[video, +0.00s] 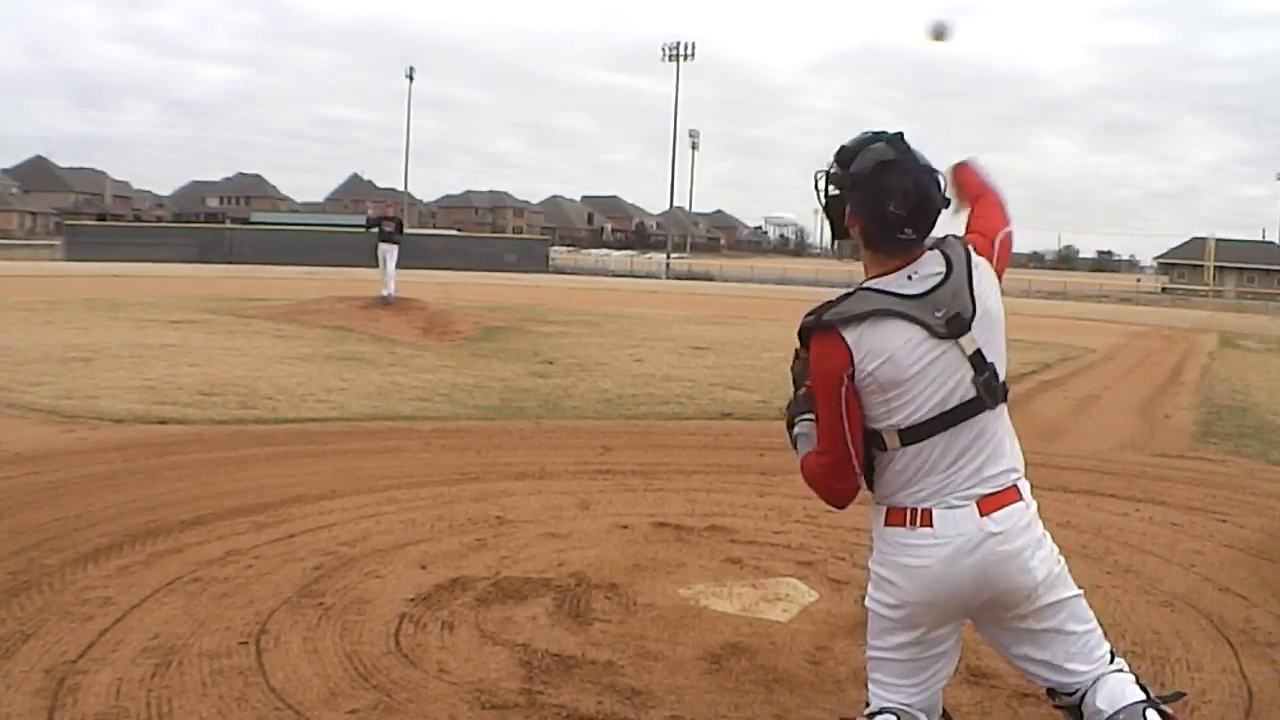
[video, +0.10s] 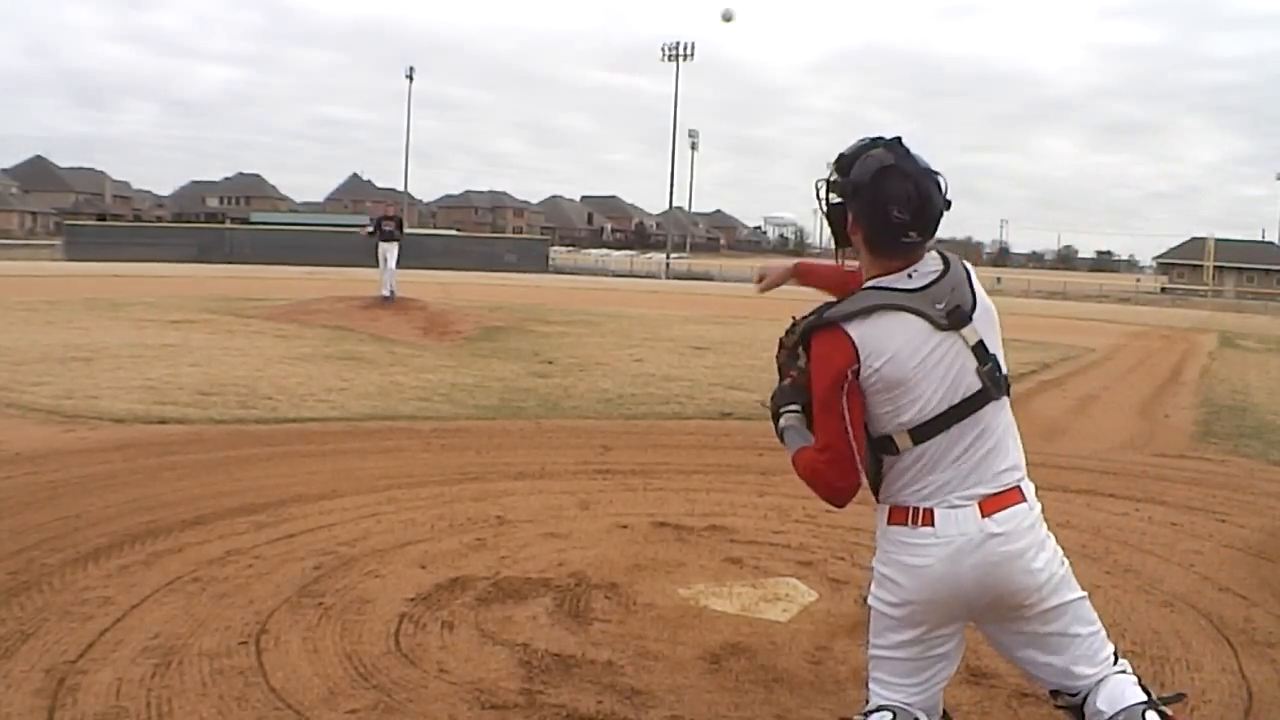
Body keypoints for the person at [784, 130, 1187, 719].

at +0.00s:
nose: (838, 208)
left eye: (842, 197)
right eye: (842, 195)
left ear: (853, 221)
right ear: (925, 214)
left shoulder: (838, 335)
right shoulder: (973, 262)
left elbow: (837, 486)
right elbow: (990, 214)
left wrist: (802, 415)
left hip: (913, 550)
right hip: (1011, 527)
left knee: (897, 706)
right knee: (1098, 678)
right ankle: (1138, 713)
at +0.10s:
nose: (841, 219)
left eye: (842, 205)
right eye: (843, 203)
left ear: (854, 225)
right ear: (924, 220)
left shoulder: (838, 336)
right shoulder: (962, 280)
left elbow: (836, 484)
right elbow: (879, 284)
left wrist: (788, 414)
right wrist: (796, 269)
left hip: (916, 547)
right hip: (1015, 530)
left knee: (898, 706)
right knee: (1102, 680)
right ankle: (1134, 710)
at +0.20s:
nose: (844, 217)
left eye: (848, 207)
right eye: (848, 204)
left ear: (857, 225)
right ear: (926, 220)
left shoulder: (851, 334)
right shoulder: (957, 282)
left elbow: (845, 483)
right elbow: (849, 303)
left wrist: (787, 426)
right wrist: (734, 314)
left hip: (921, 547)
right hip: (1016, 526)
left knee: (900, 705)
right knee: (1099, 687)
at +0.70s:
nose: (878, 204)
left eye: (883, 193)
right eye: (881, 192)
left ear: (891, 208)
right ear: (960, 216)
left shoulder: (854, 306)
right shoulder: (1000, 298)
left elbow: (836, 443)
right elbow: (1032, 435)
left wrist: (810, 565)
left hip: (910, 537)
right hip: (1009, 526)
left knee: (899, 705)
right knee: (1086, 687)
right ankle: (1107, 712)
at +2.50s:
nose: (1093, 344)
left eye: (1098, 330)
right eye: (1097, 329)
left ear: (1115, 343)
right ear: (1198, 345)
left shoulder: (1094, 441)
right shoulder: (1248, 423)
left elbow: (1022, 630)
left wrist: (999, 561)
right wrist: (1049, 529)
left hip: (1161, 711)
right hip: (1265, 705)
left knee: (926, 647)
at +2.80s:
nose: (1102, 345)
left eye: (1106, 332)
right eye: (1105, 331)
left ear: (1122, 347)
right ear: (1209, 349)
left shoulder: (1106, 444)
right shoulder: (1254, 417)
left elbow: (1036, 635)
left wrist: (1026, 571)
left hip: (1174, 712)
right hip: (1263, 704)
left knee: (941, 641)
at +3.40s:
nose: (1112, 353)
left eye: (1117, 341)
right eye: (1115, 340)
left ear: (1135, 356)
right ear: (1216, 361)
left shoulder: (1107, 454)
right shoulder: (1257, 430)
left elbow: (1033, 644)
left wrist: (1032, 579)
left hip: (1165, 714)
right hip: (1264, 706)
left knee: (943, 641)